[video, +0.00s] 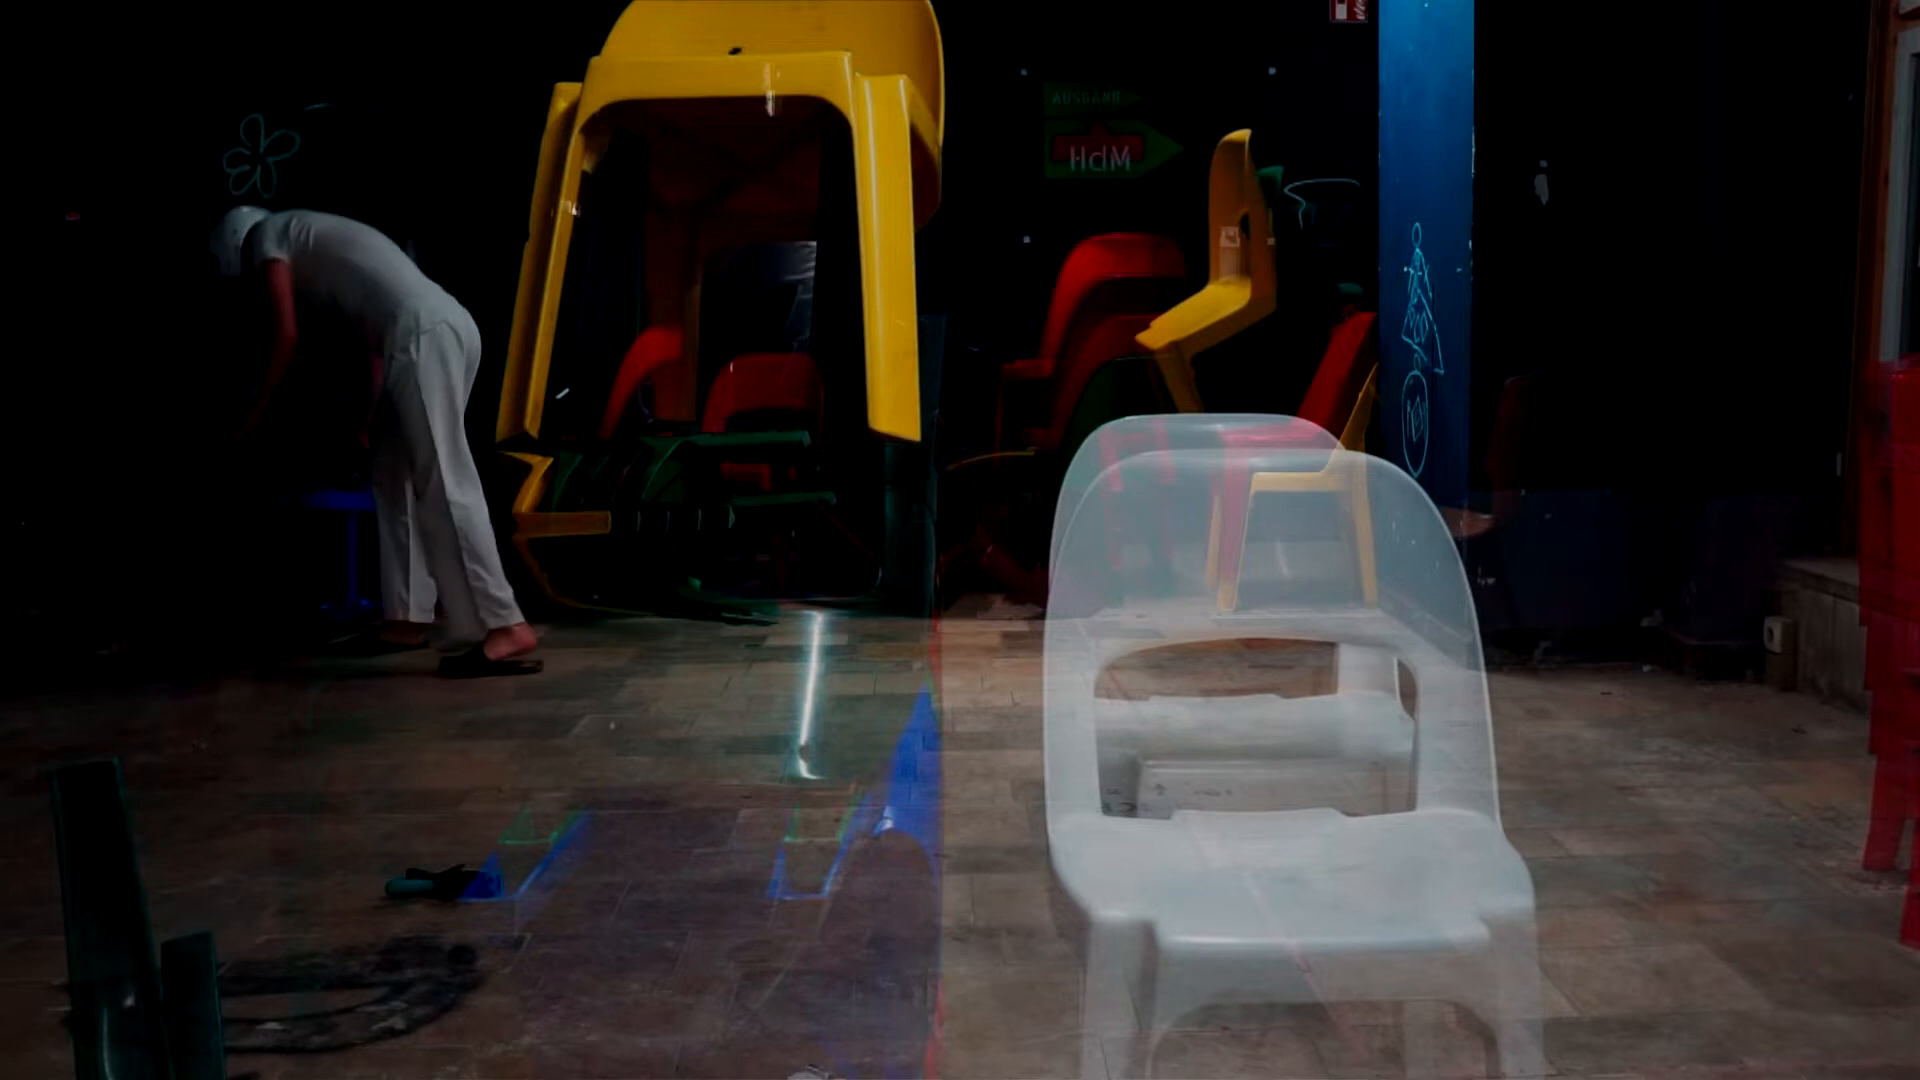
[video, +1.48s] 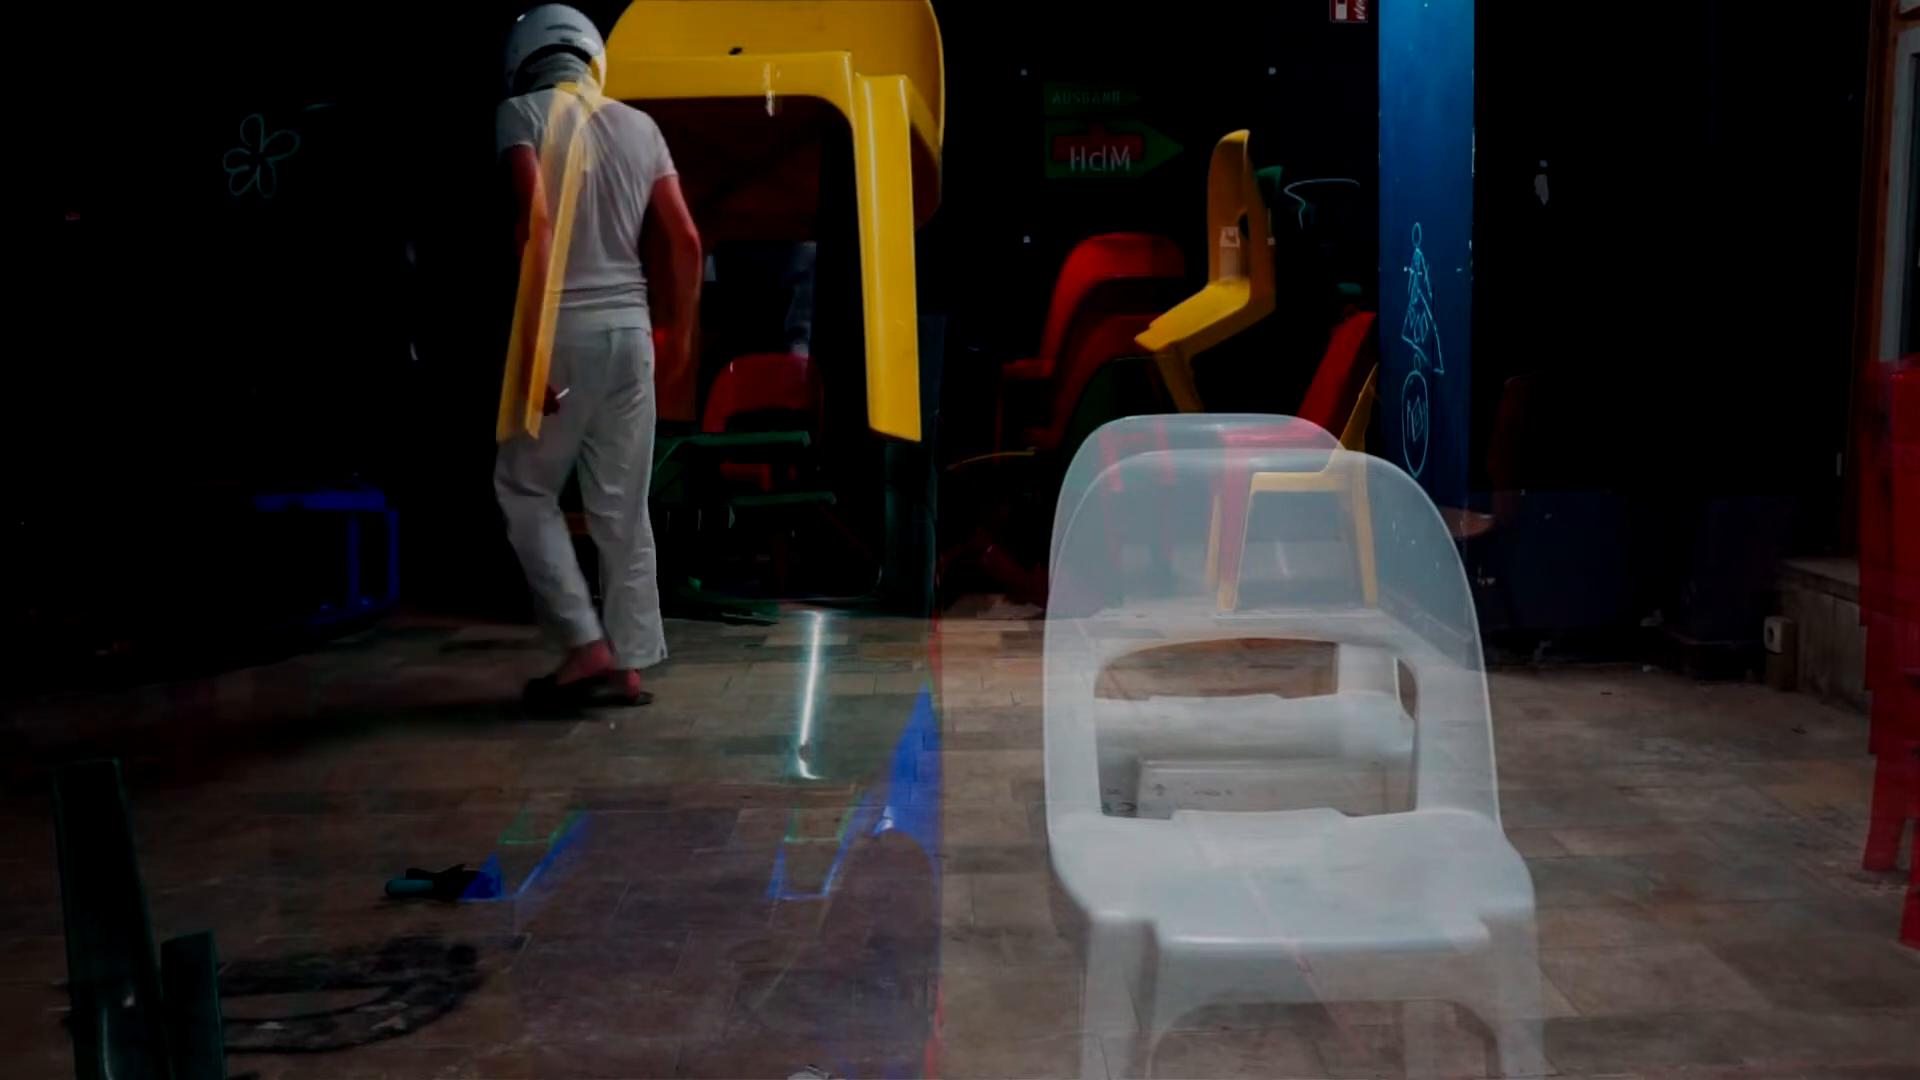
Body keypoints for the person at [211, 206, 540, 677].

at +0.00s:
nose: (241, 268)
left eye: (235, 260)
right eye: (237, 263)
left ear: (239, 242)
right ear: (261, 222)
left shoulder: (270, 232)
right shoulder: (317, 234)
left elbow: (287, 332)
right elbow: (378, 327)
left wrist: (260, 404)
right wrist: (370, 416)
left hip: (420, 336)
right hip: (452, 329)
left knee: (444, 483)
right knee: (396, 478)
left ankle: (507, 629)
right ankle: (409, 618)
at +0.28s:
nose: (290, 185)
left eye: (285, 176)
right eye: (288, 179)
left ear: (291, 159)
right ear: (318, 140)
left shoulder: (322, 162)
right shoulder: (375, 174)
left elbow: (341, 263)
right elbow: (408, 262)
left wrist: (318, 354)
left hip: (414, 335)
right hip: (452, 328)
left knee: (424, 486)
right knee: (402, 480)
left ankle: (493, 629)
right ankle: (395, 616)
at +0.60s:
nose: (353, 142)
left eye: (352, 132)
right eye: (351, 133)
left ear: (364, 120)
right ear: (402, 108)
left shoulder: (386, 145)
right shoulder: (466, 159)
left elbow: (387, 260)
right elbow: (520, 261)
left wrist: (360, 332)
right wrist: (513, 344)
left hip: (439, 343)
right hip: (490, 340)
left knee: (445, 494)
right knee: (450, 486)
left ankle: (495, 637)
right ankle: (447, 625)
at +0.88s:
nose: (400, 124)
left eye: (399, 115)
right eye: (399, 116)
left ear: (409, 105)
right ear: (459, 96)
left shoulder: (420, 140)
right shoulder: (524, 149)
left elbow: (420, 252)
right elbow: (577, 249)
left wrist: (383, 338)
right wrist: (580, 342)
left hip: (464, 340)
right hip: (531, 336)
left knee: (467, 488)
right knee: (519, 483)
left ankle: (492, 637)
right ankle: (573, 606)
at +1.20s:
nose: (464, 101)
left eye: (465, 89)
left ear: (474, 85)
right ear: (536, 85)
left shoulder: (475, 132)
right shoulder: (586, 143)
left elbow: (488, 232)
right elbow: (636, 248)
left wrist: (474, 343)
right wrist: (635, 337)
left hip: (509, 342)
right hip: (583, 337)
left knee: (502, 499)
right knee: (593, 498)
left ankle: (501, 638)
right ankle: (622, 653)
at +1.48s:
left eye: (521, 65)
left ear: (525, 62)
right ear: (594, 62)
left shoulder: (521, 115)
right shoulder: (639, 126)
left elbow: (535, 209)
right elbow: (685, 240)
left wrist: (532, 339)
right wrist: (676, 329)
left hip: (557, 335)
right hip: (630, 333)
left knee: (524, 487)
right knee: (622, 498)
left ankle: (583, 644)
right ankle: (628, 664)